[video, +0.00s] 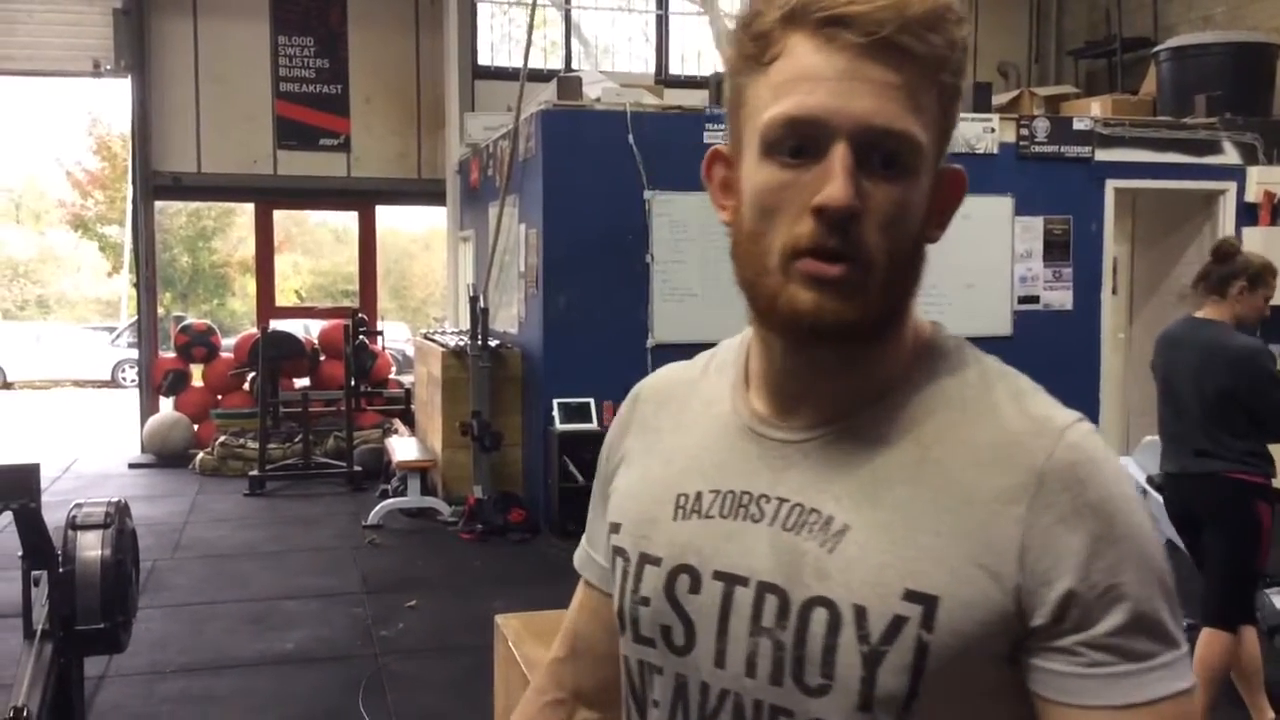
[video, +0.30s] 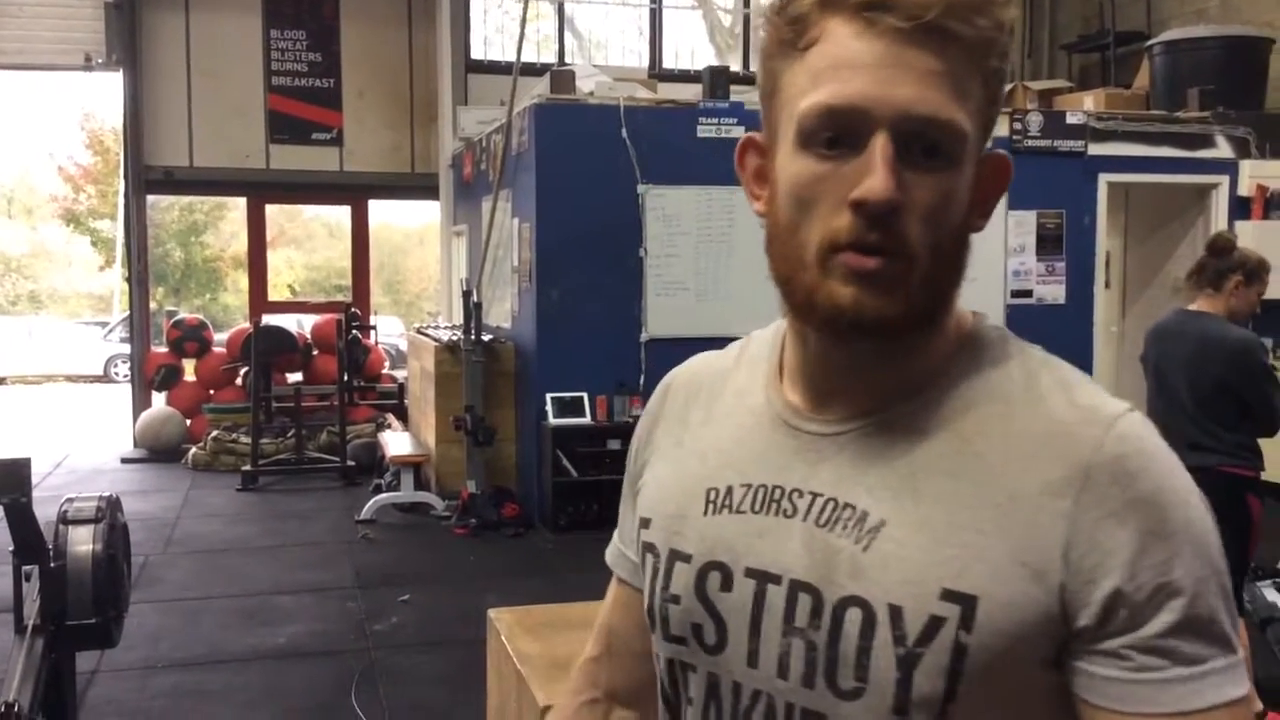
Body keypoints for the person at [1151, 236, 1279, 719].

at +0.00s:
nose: (1268, 309)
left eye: (1269, 299)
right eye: (1265, 298)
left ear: (1224, 288)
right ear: (1239, 291)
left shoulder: (1168, 340)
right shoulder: (1250, 353)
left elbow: (1181, 408)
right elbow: (1273, 424)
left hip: (1180, 484)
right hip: (1236, 488)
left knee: (1235, 606)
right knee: (1221, 612)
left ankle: (1261, 711)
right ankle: (1194, 713)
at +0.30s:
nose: (1257, 307)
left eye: (1260, 297)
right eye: (1257, 296)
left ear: (1214, 281)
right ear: (1235, 286)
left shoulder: (1159, 333)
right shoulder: (1242, 344)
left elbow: (1160, 399)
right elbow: (1268, 418)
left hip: (1169, 473)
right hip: (1228, 479)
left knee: (1176, 577)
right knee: (1230, 591)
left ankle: (1171, 685)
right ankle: (1240, 695)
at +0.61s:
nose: (1242, 289)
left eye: (1243, 281)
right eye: (1241, 281)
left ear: (1186, 275)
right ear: (1232, 281)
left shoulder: (1151, 330)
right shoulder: (1232, 339)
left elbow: (1154, 394)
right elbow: (1258, 418)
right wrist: (1208, 398)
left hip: (1160, 472)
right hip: (1218, 476)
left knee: (1169, 588)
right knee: (1218, 597)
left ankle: (1169, 698)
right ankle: (1240, 703)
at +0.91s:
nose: (1159, 281)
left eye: (1165, 273)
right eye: (1161, 272)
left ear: (1188, 277)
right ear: (1217, 278)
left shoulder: (1149, 330)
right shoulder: (1259, 330)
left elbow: (1152, 388)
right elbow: (1265, 406)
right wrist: (1215, 399)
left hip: (1159, 477)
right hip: (1229, 479)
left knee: (1207, 590)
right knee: (1202, 598)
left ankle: (1236, 693)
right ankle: (1180, 706)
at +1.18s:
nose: (1169, 267)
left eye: (1178, 258)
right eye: (1171, 257)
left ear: (1212, 265)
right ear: (1222, 265)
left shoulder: (1171, 317)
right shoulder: (1269, 312)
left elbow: (1153, 378)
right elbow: (1271, 376)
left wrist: (1206, 368)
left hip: (1183, 466)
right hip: (1253, 462)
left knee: (1204, 582)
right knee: (1225, 583)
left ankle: (1247, 679)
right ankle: (1194, 696)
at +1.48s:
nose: (1262, 250)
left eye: (1258, 240)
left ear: (1253, 242)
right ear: (1279, 243)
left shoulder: (1227, 302)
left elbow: (1223, 360)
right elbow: (1225, 359)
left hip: (1245, 442)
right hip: (1268, 442)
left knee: (1267, 566)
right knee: (1270, 568)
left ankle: (1259, 677)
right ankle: (1256, 678)